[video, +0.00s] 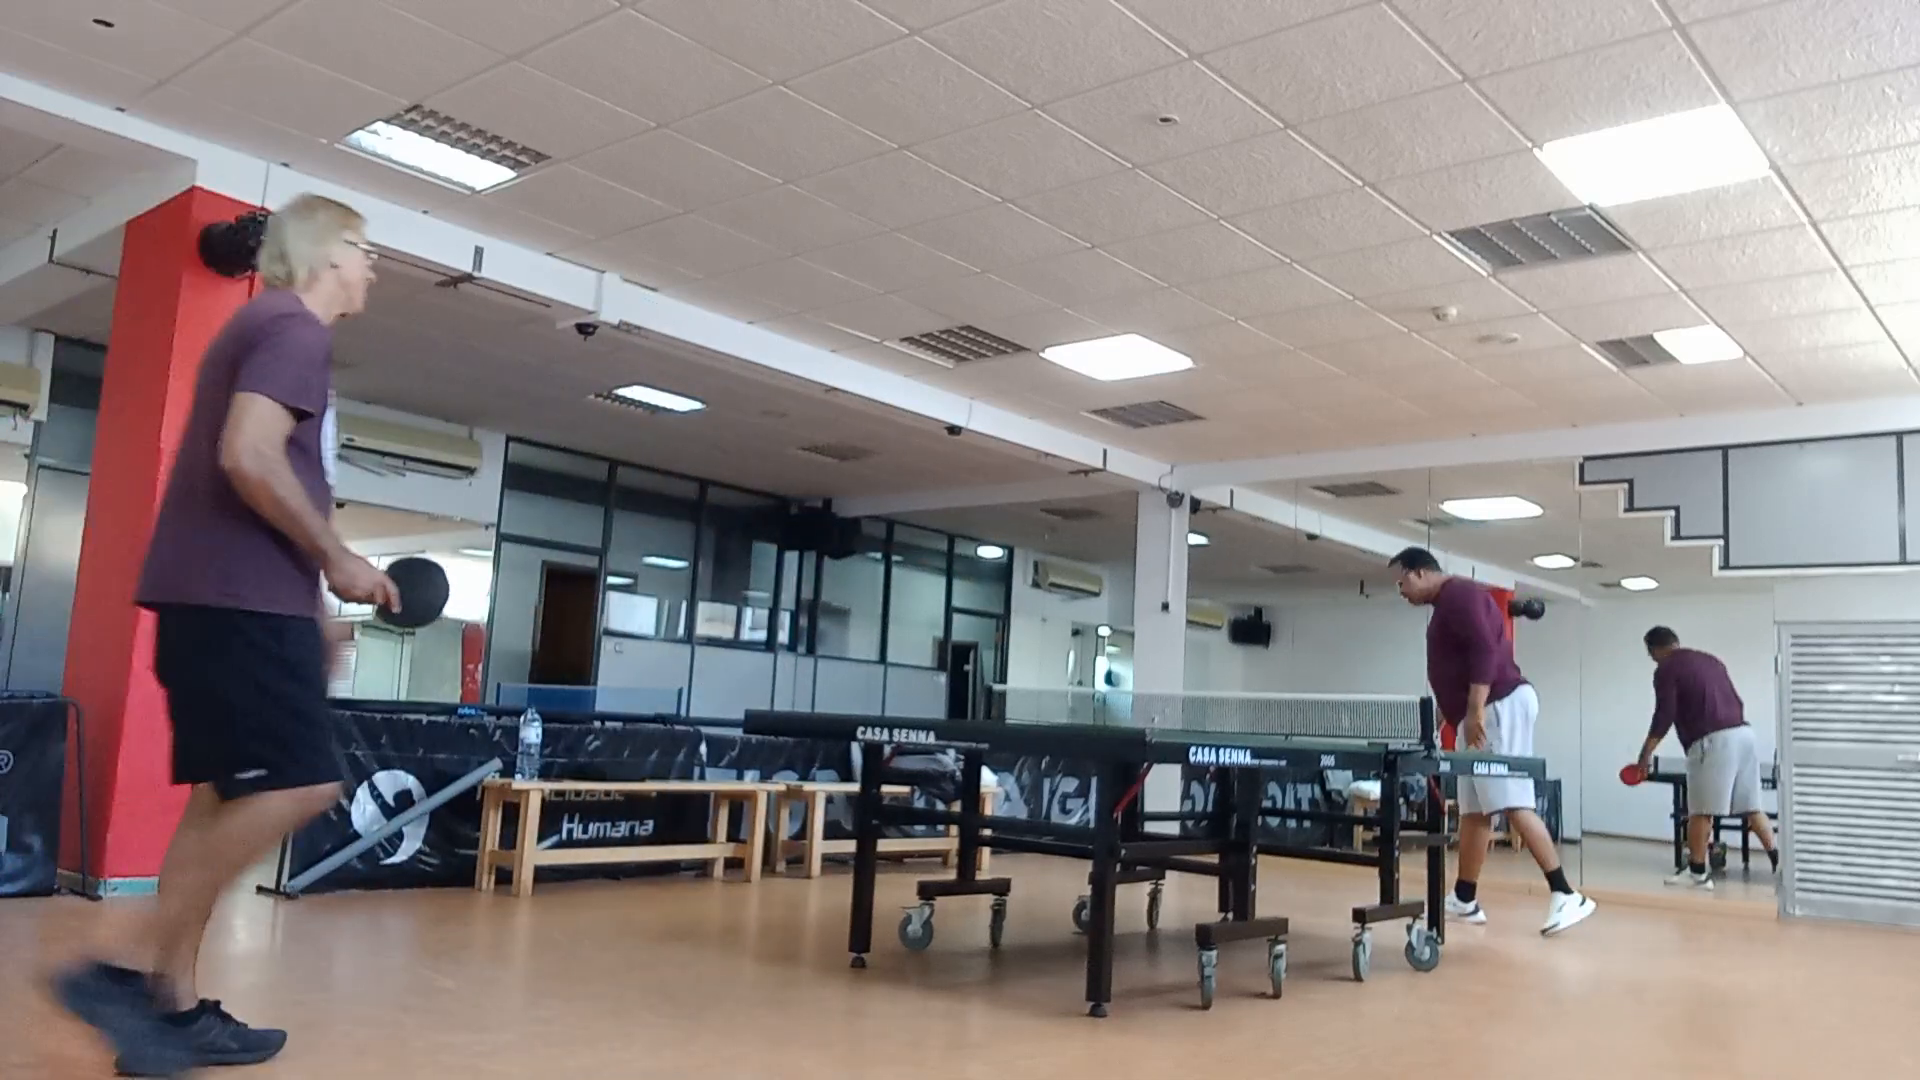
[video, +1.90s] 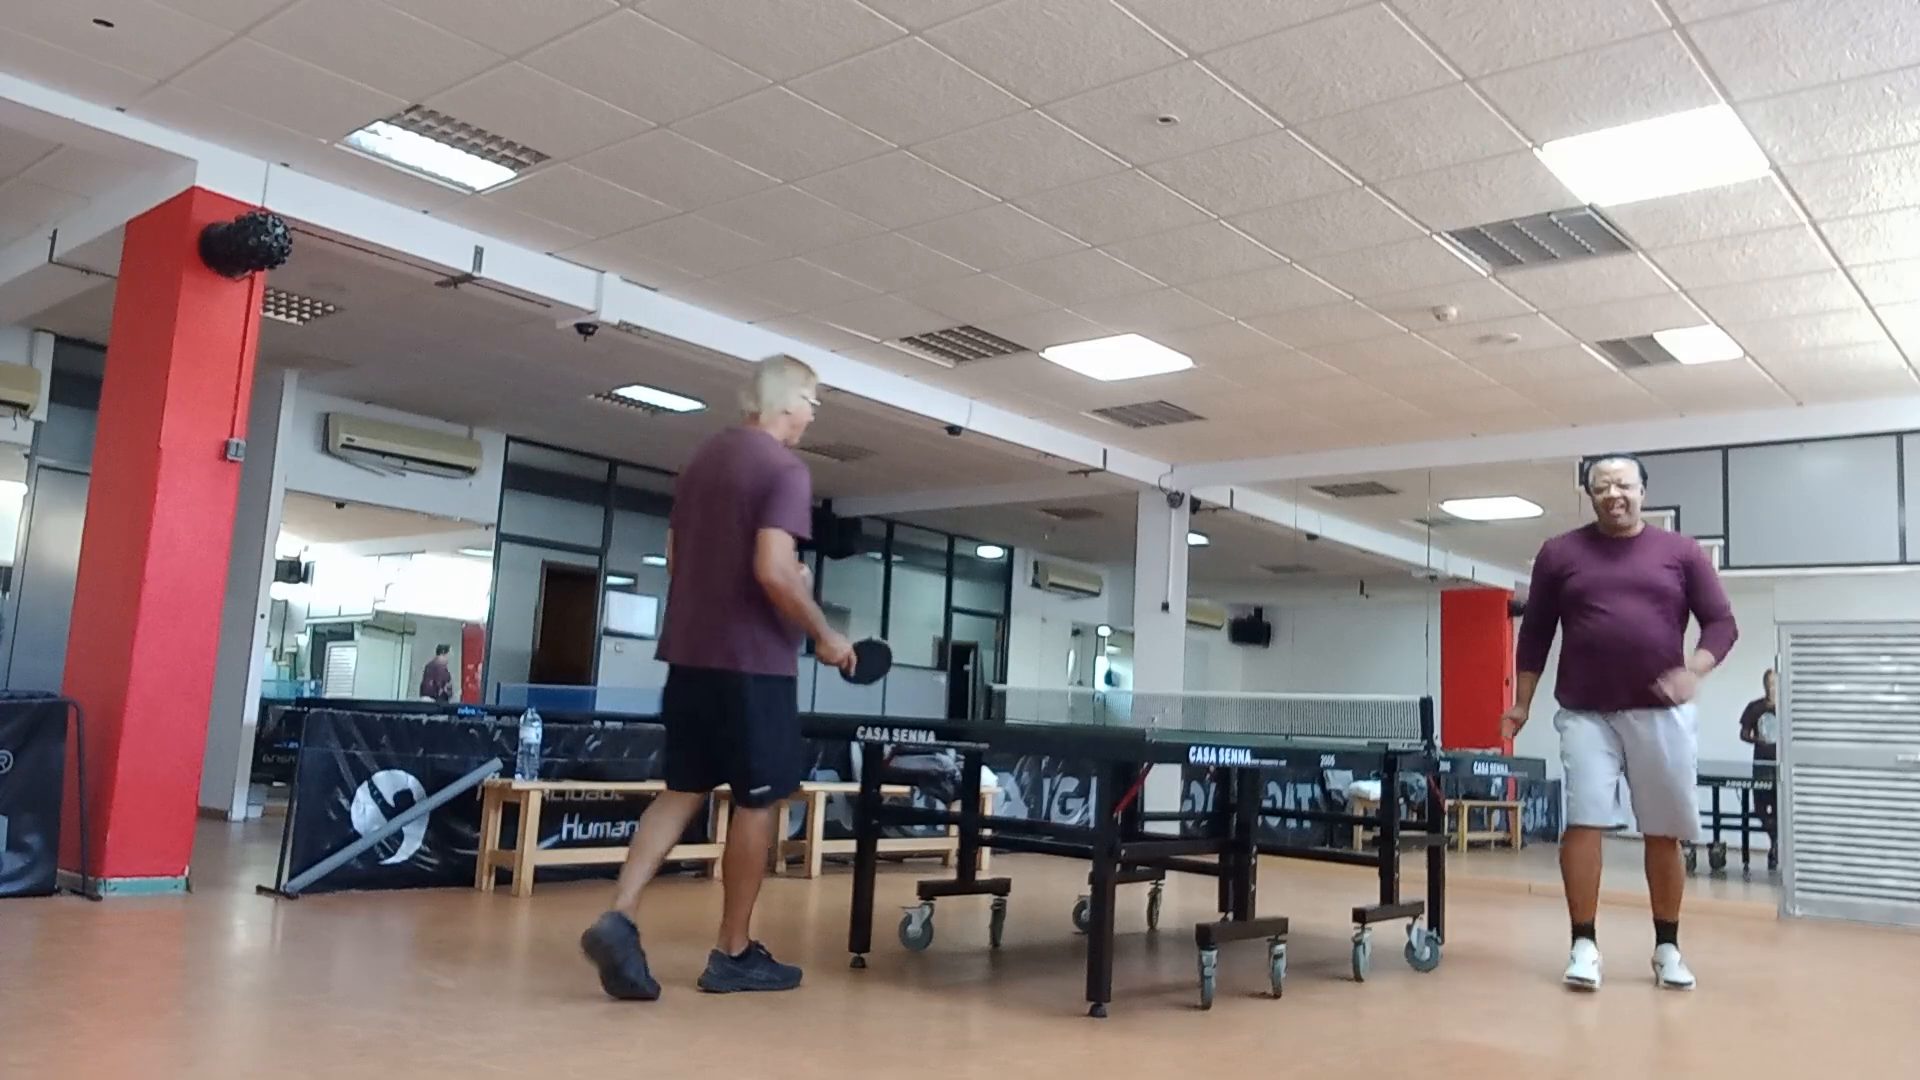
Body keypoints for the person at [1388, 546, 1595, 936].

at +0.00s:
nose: (1402, 594)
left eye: (1402, 585)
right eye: (1399, 587)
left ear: (1418, 574)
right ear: (1418, 575)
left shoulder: (1462, 592)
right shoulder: (1447, 603)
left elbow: (1485, 650)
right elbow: (1464, 665)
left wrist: (1475, 710)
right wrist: (1454, 715)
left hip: (1503, 704)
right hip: (1477, 710)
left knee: (1514, 803)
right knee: (1473, 808)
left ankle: (1566, 895)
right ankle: (1464, 900)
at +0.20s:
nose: (1419, 577)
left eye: (1422, 567)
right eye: (1417, 570)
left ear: (1445, 562)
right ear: (1438, 567)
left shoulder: (1489, 591)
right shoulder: (1439, 619)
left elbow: (1528, 641)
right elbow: (1427, 674)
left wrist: (1511, 701)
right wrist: (1392, 717)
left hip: (1517, 709)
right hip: (1476, 721)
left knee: (1525, 806)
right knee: (1479, 811)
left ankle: (1572, 897)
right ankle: (1464, 900)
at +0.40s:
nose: (1452, 566)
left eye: (1458, 556)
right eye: (1449, 560)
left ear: (1483, 555)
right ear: (1452, 567)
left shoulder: (1526, 593)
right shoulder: (1452, 612)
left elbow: (1571, 643)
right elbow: (1414, 647)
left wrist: (1575, 707)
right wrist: (1362, 649)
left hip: (1541, 720)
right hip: (1491, 728)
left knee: (1544, 818)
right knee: (1484, 817)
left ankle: (1564, 904)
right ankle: (1466, 900)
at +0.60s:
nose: (1491, 556)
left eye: (1498, 547)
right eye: (1486, 553)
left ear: (1523, 549)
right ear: (1485, 563)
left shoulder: (1566, 593)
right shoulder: (1482, 605)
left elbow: (1605, 650)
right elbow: (1443, 646)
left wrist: (1612, 712)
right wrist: (1415, 630)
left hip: (1564, 724)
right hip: (1508, 726)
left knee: (1564, 819)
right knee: (1485, 811)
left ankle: (1567, 907)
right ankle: (1472, 898)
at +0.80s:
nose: (1524, 548)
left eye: (1532, 540)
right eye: (1518, 543)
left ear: (1555, 545)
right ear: (1511, 552)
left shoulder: (1590, 594)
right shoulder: (1498, 599)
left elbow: (1623, 653)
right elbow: (1482, 655)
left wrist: (1621, 710)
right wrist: (1471, 675)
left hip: (1576, 725)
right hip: (1516, 722)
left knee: (1572, 819)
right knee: (1509, 807)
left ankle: (1569, 907)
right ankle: (1513, 905)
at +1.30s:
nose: (1550, 527)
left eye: (1557, 518)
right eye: (1540, 522)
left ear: (1576, 522)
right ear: (1531, 533)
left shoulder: (1614, 573)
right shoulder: (1511, 587)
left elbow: (1642, 638)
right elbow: (1499, 654)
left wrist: (1667, 700)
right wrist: (1495, 707)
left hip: (1613, 718)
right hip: (1546, 723)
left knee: (1632, 814)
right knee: (1547, 822)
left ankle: (1621, 916)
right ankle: (1550, 921)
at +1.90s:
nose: (1615, 495)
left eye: (1624, 485)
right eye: (1603, 488)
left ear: (1643, 492)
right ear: (1591, 500)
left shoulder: (1681, 552)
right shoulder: (1560, 555)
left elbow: (1722, 623)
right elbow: (1535, 633)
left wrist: (1693, 671)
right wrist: (1522, 702)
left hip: (1661, 713)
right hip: (1585, 713)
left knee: (1665, 832)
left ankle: (1668, 948)